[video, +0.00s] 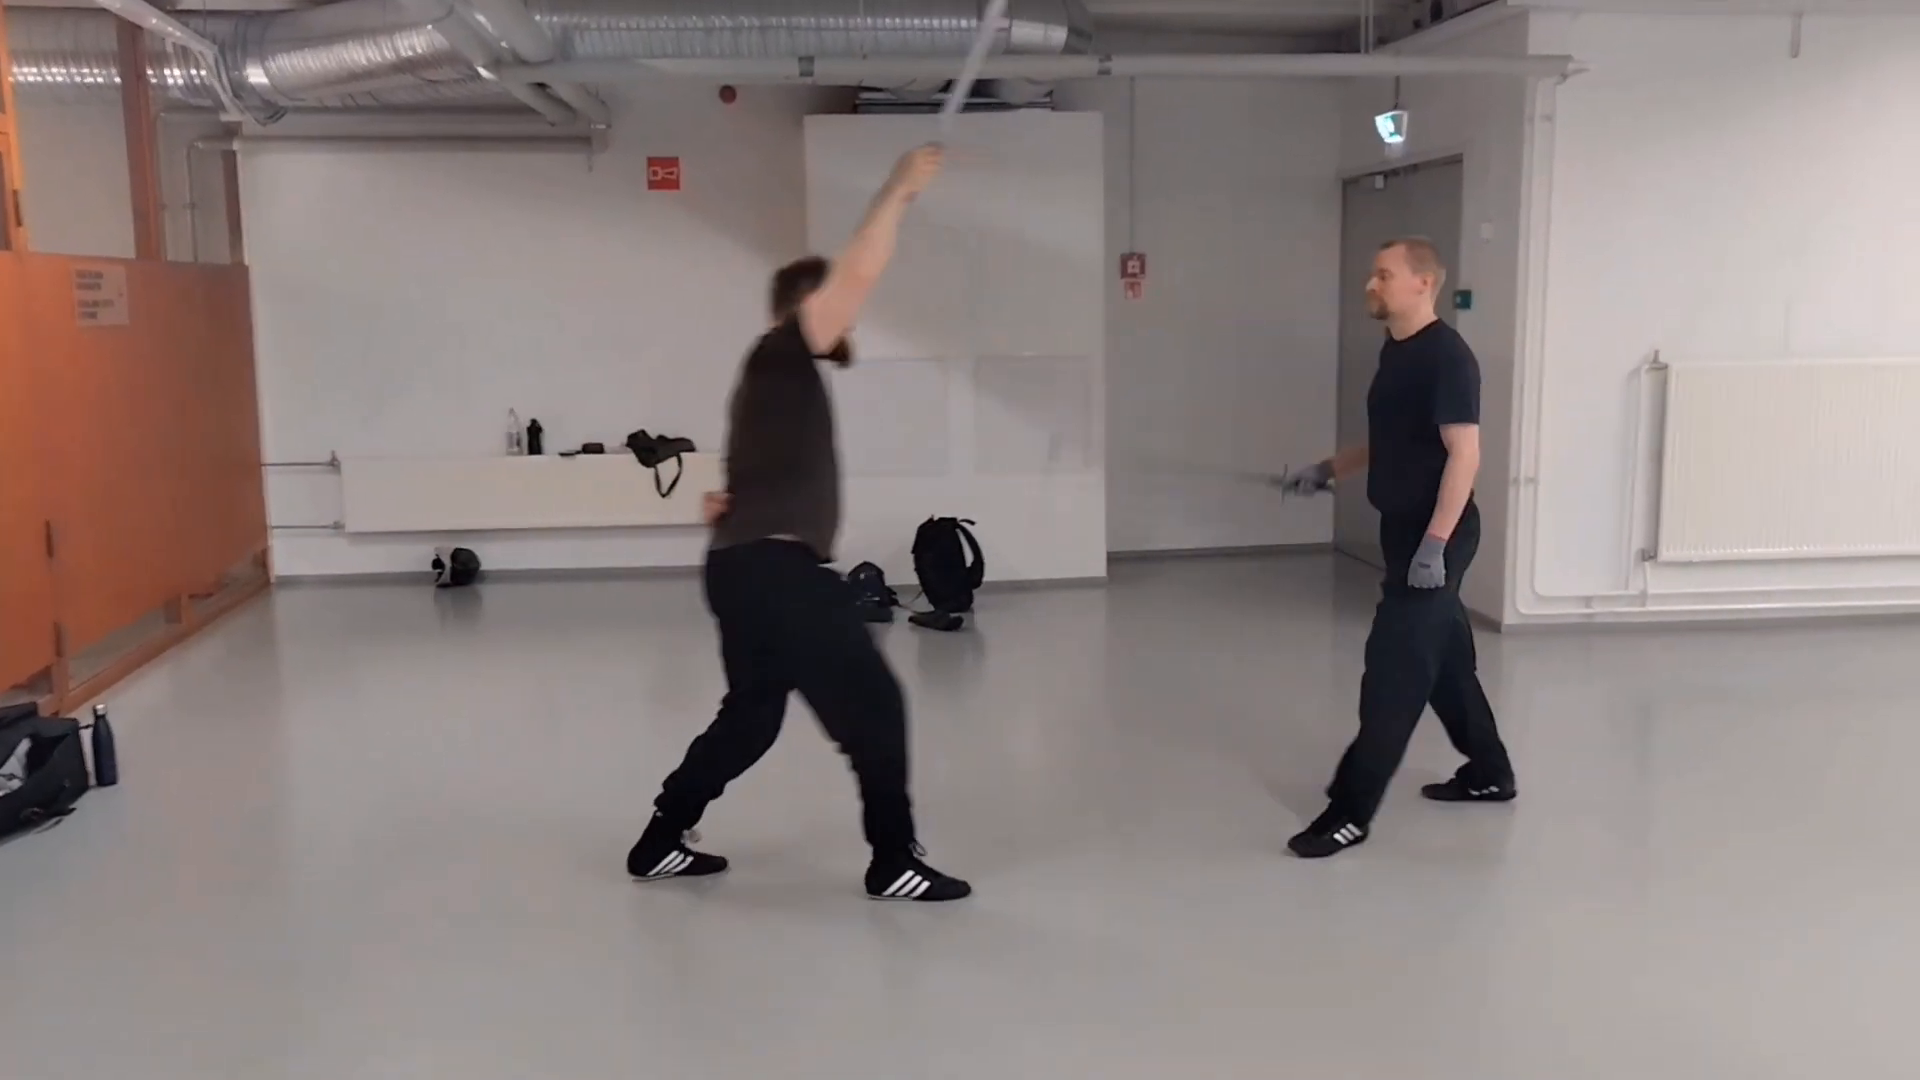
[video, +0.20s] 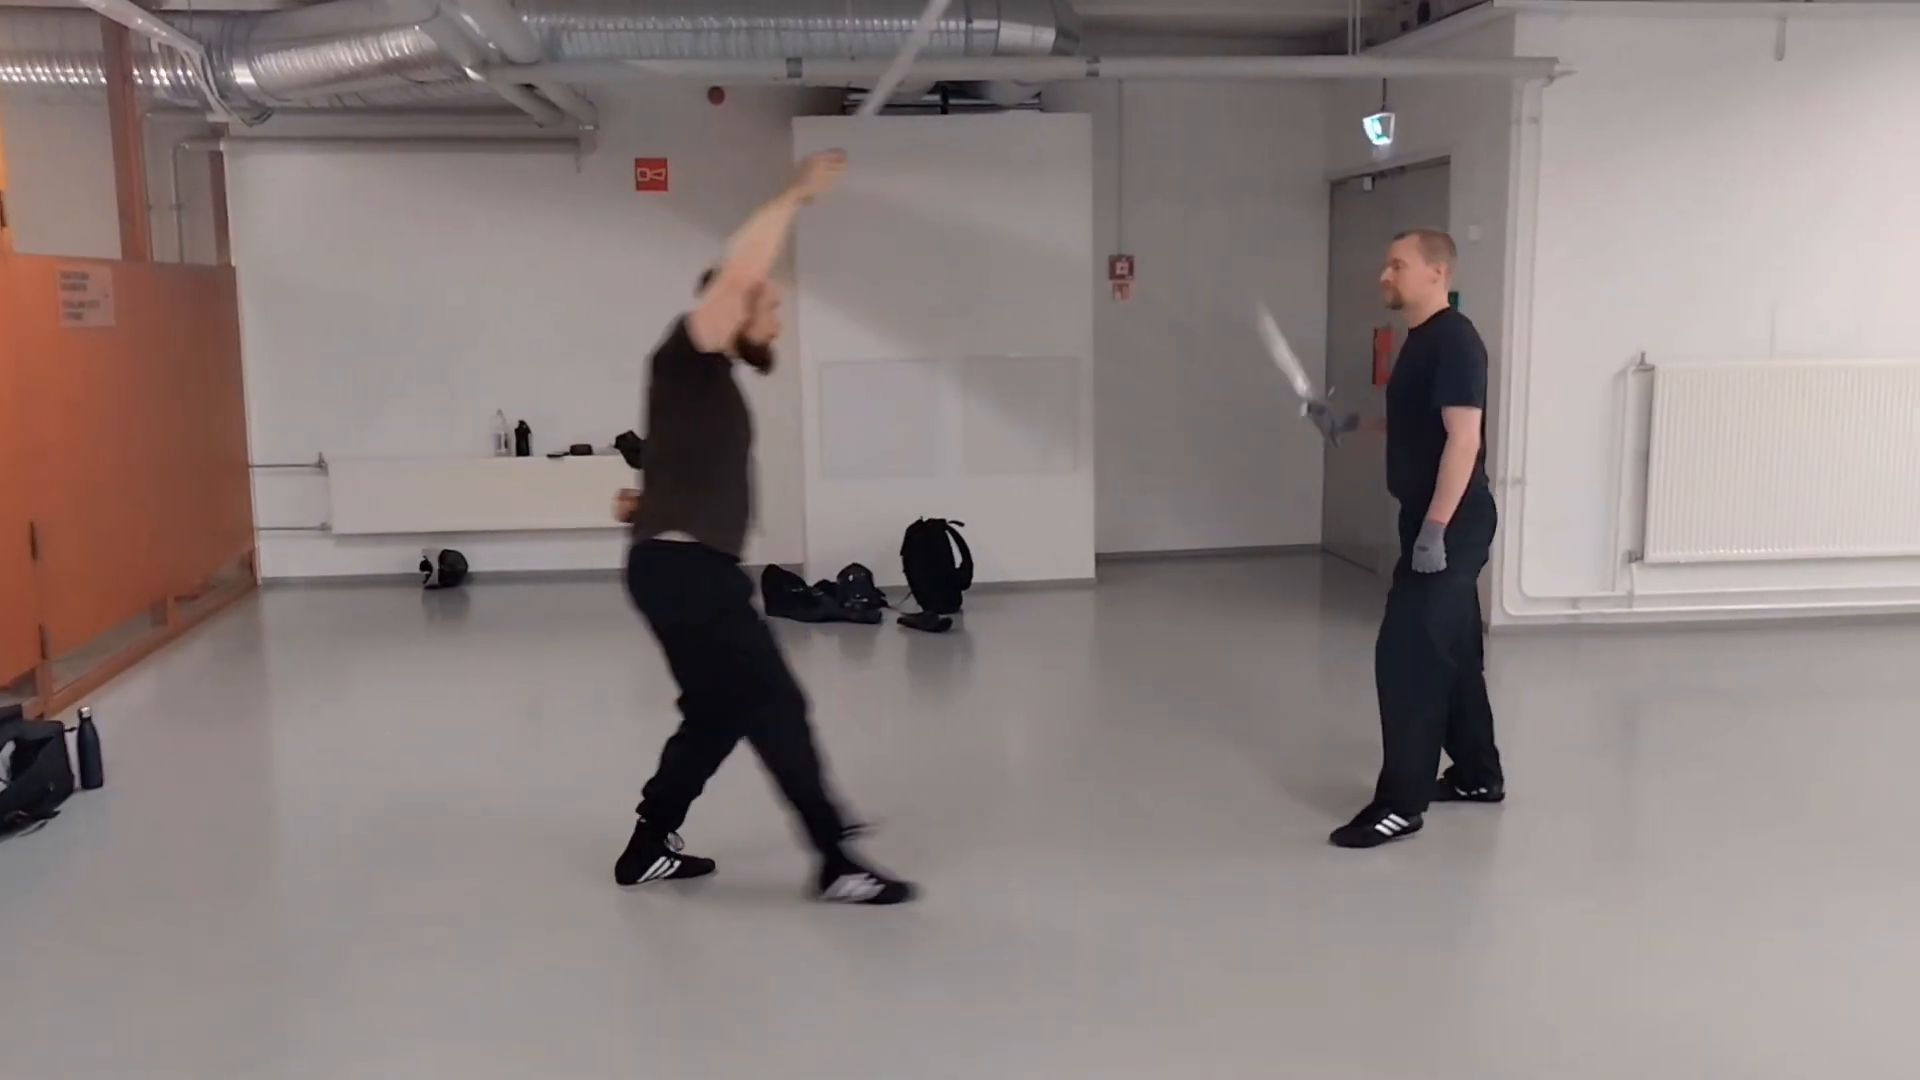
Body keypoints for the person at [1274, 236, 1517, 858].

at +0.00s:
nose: (1371, 285)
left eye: (1383, 276)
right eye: (1372, 276)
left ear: (1425, 284)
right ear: (1399, 288)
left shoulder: (1446, 355)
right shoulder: (1397, 352)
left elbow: (1466, 454)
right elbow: (1390, 441)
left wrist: (1434, 543)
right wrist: (1326, 470)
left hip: (1436, 535)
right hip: (1404, 530)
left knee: (1394, 667)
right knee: (1446, 659)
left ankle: (1351, 811)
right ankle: (1490, 769)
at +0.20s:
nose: (1385, 276)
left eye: (1397, 266)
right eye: (1385, 266)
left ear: (1437, 274)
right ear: (1421, 277)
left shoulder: (1453, 339)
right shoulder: (1420, 341)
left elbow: (1465, 439)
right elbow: (1411, 426)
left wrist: (1433, 528)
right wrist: (1350, 424)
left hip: (1449, 523)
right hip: (1429, 518)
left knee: (1404, 653)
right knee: (1454, 648)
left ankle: (1401, 803)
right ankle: (1477, 770)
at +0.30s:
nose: (1385, 276)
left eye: (1397, 266)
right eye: (1385, 266)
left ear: (1436, 273)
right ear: (1423, 275)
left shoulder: (1450, 338)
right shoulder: (1428, 337)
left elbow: (1455, 436)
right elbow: (1435, 430)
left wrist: (1425, 524)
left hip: (1444, 519)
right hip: (1439, 514)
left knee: (1403, 654)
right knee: (1451, 649)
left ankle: (1409, 804)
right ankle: (1470, 772)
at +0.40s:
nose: (1384, 278)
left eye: (1396, 268)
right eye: (1385, 268)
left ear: (1435, 274)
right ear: (1422, 277)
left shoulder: (1445, 338)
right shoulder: (1425, 338)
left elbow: (1447, 438)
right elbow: (1411, 424)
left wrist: (1415, 526)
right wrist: (1369, 386)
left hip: (1440, 523)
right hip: (1442, 517)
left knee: (1404, 659)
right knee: (1446, 652)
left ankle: (1408, 810)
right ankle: (1463, 773)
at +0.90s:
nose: (1347, 289)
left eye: (1358, 278)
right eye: (1348, 278)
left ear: (1398, 284)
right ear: (1393, 288)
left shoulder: (1410, 349)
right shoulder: (1403, 346)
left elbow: (1413, 451)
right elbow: (1382, 427)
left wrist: (1386, 541)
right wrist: (1344, 382)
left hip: (1421, 527)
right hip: (1436, 520)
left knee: (1384, 666)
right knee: (1439, 650)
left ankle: (1385, 818)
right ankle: (1455, 766)